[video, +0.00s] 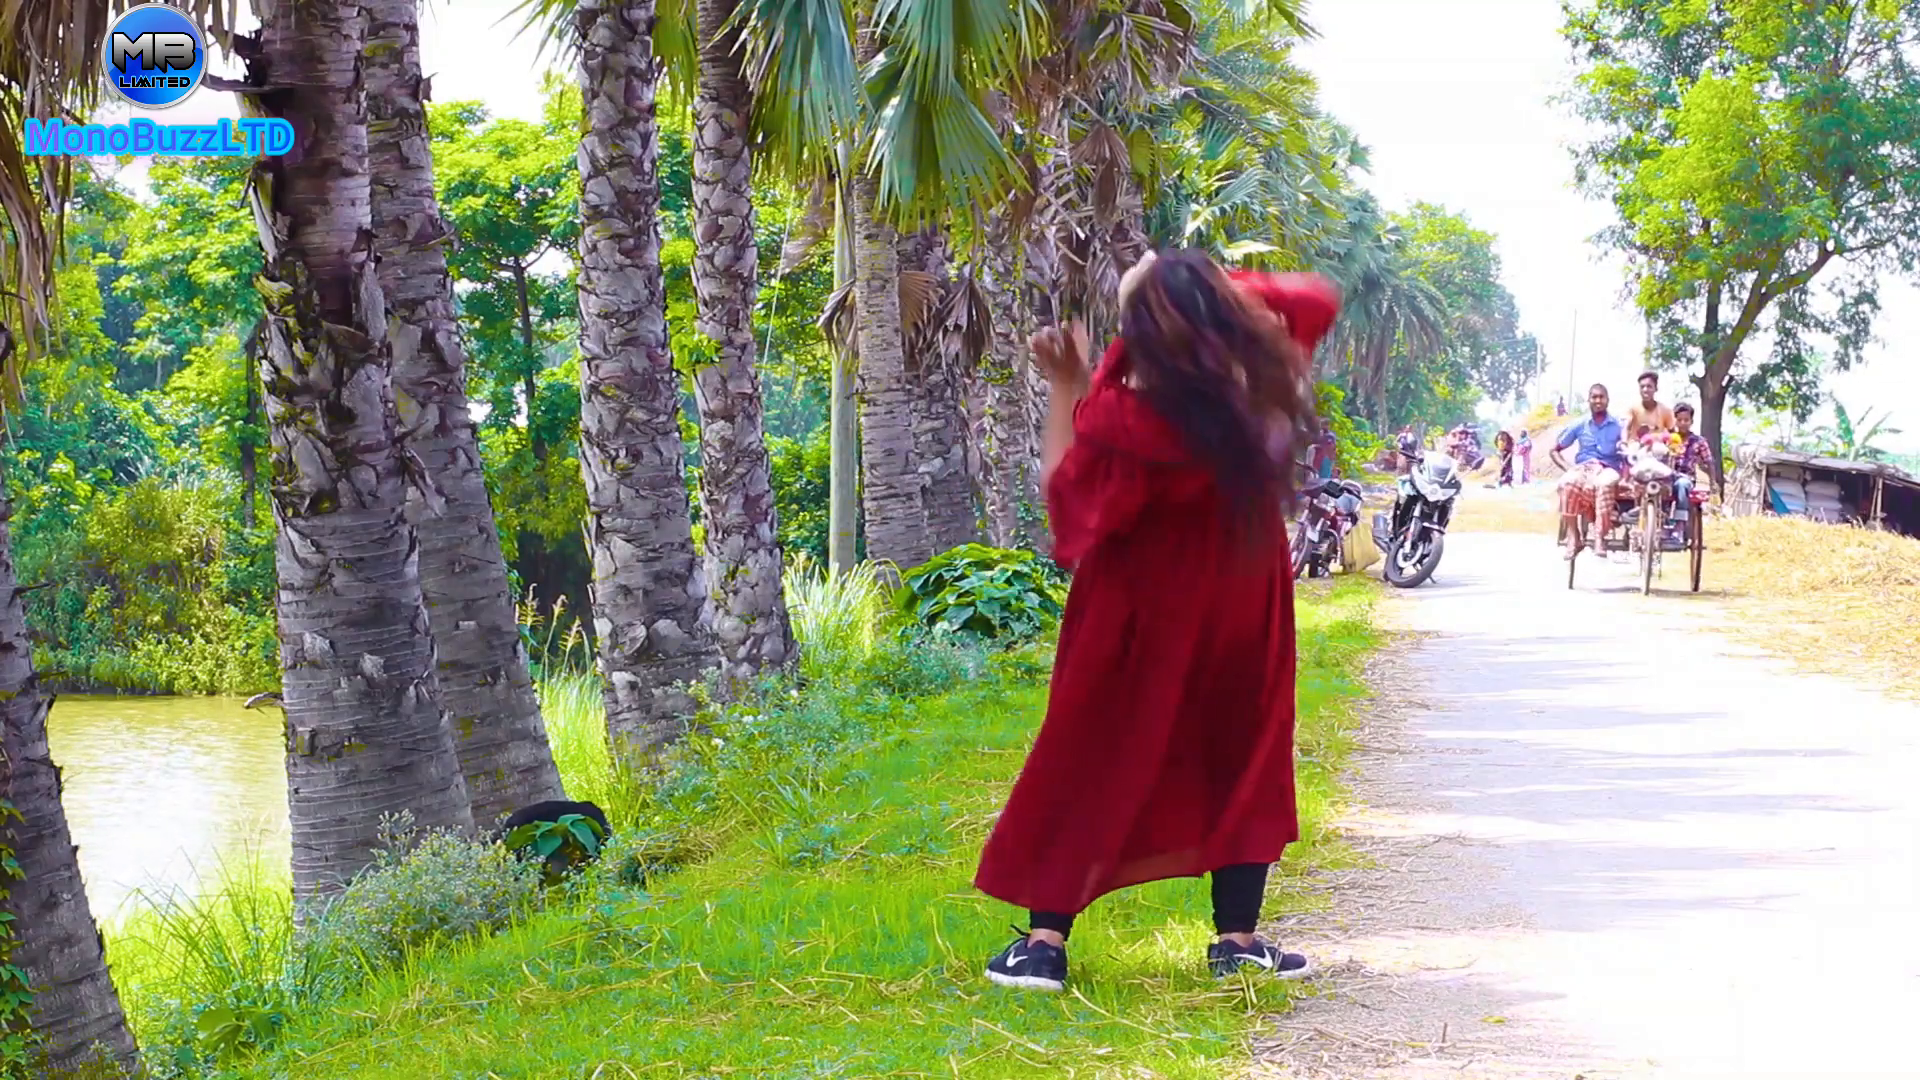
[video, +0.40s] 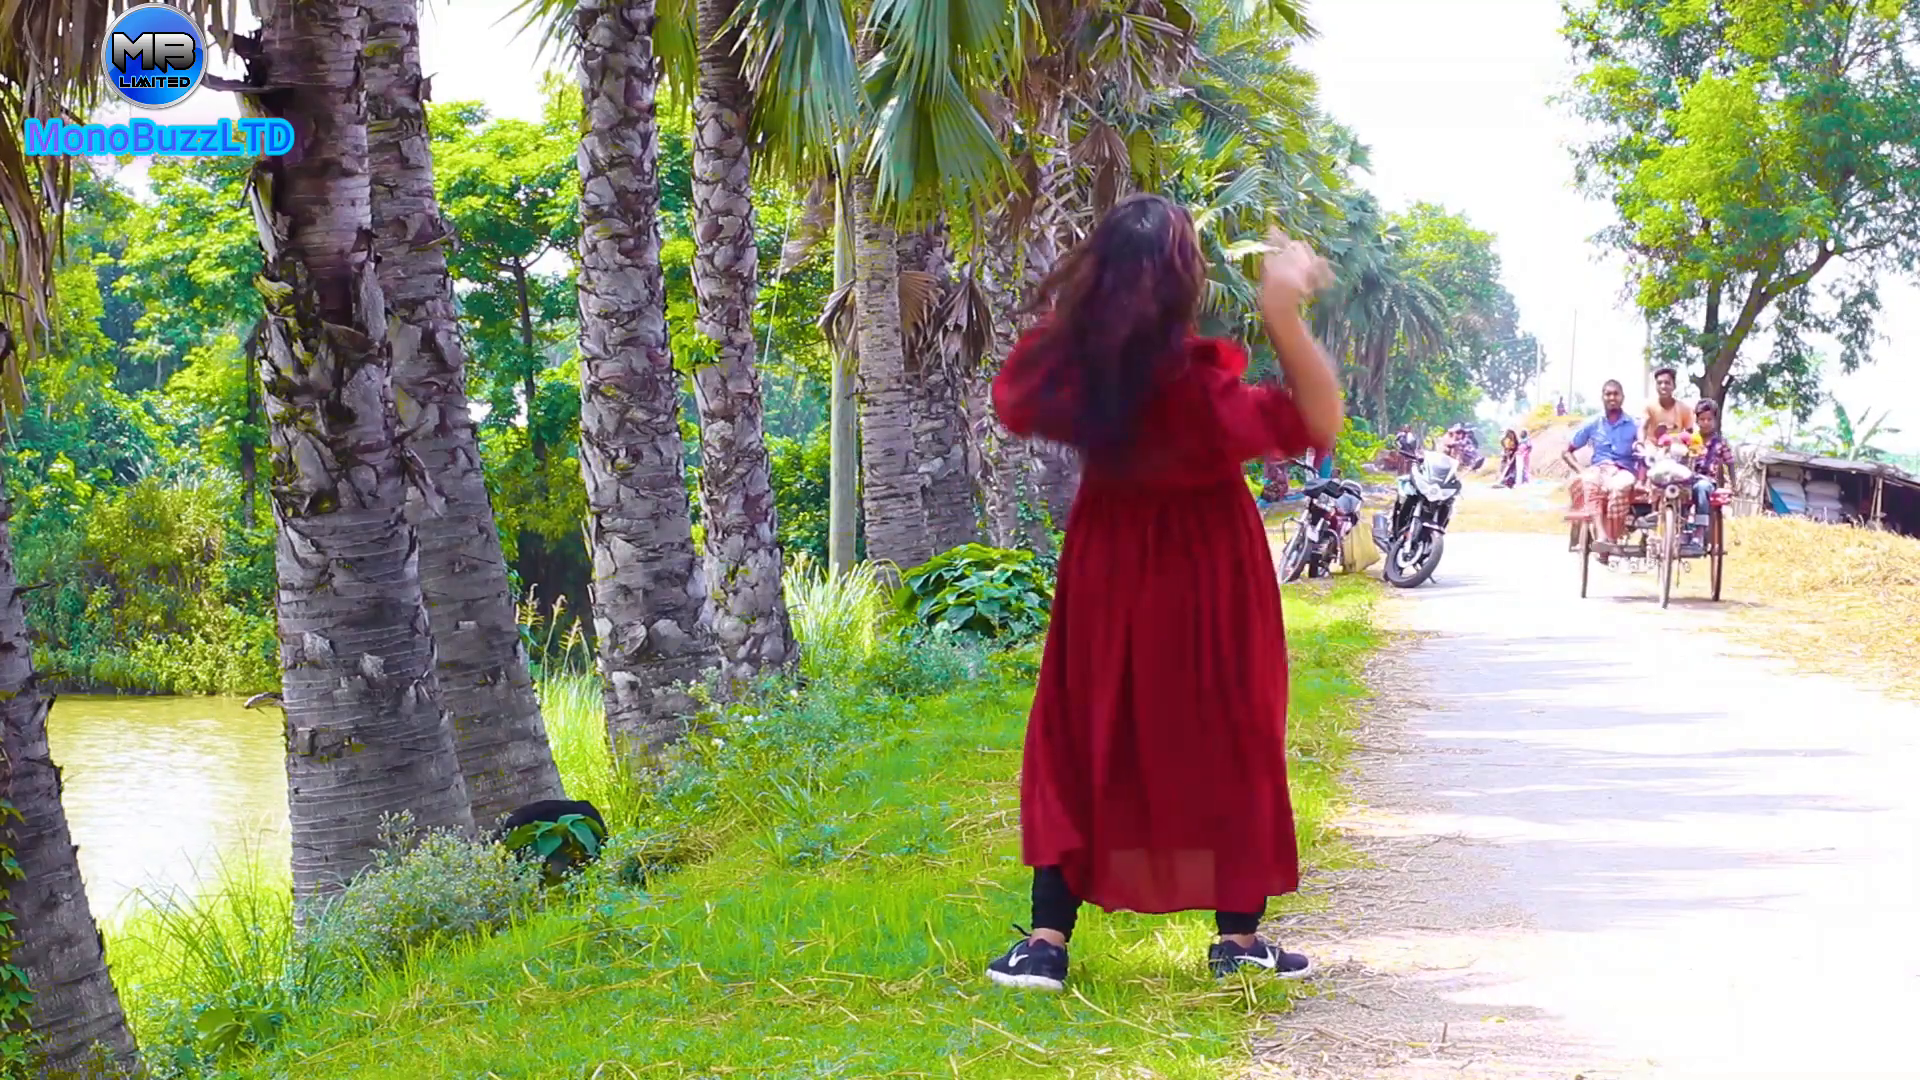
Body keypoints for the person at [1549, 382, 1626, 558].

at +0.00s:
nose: (1598, 401)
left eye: (1601, 397)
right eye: (1594, 397)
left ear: (1607, 400)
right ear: (1588, 400)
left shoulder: (1616, 426)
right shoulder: (1581, 424)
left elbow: (1624, 451)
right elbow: (1553, 450)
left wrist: (1625, 475)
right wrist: (1568, 468)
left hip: (1608, 467)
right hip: (1583, 466)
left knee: (1605, 486)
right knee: (1566, 485)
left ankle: (1599, 538)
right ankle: (1573, 537)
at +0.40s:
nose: (1612, 398)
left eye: (1616, 394)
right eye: (1608, 394)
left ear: (1622, 397)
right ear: (1602, 397)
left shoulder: (1634, 425)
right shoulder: (1595, 423)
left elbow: (1643, 455)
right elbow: (1566, 452)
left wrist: (1641, 481)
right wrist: (1581, 471)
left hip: (1624, 469)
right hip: (1599, 467)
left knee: (1618, 490)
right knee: (1588, 482)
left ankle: (1611, 542)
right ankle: (1601, 534)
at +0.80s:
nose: (1629, 394)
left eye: (1633, 390)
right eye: (1624, 390)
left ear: (1640, 394)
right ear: (1618, 394)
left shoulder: (1651, 424)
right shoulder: (1609, 422)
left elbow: (1662, 455)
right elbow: (1579, 452)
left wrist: (1660, 482)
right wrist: (1597, 472)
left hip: (1642, 469)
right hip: (1615, 468)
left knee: (1637, 492)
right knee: (1606, 490)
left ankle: (1628, 549)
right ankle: (1624, 550)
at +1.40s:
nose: (1662, 388)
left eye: (1667, 383)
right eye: (1657, 383)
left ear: (1675, 387)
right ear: (1650, 387)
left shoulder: (1686, 420)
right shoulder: (1640, 419)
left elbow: (1697, 458)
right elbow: (1607, 451)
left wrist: (1695, 487)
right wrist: (1626, 474)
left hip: (1675, 472)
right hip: (1644, 470)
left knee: (1669, 496)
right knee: (1637, 495)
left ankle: (1660, 559)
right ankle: (1655, 561)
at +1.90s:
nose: (1692, 377)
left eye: (1697, 372)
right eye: (1686, 372)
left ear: (1707, 376)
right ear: (1678, 377)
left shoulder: (1721, 412)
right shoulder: (1670, 412)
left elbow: (1732, 455)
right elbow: (1635, 450)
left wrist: (1730, 486)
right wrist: (1657, 473)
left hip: (1708, 469)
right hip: (1674, 467)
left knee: (1701, 499)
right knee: (1668, 496)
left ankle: (1688, 567)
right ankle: (1688, 572)